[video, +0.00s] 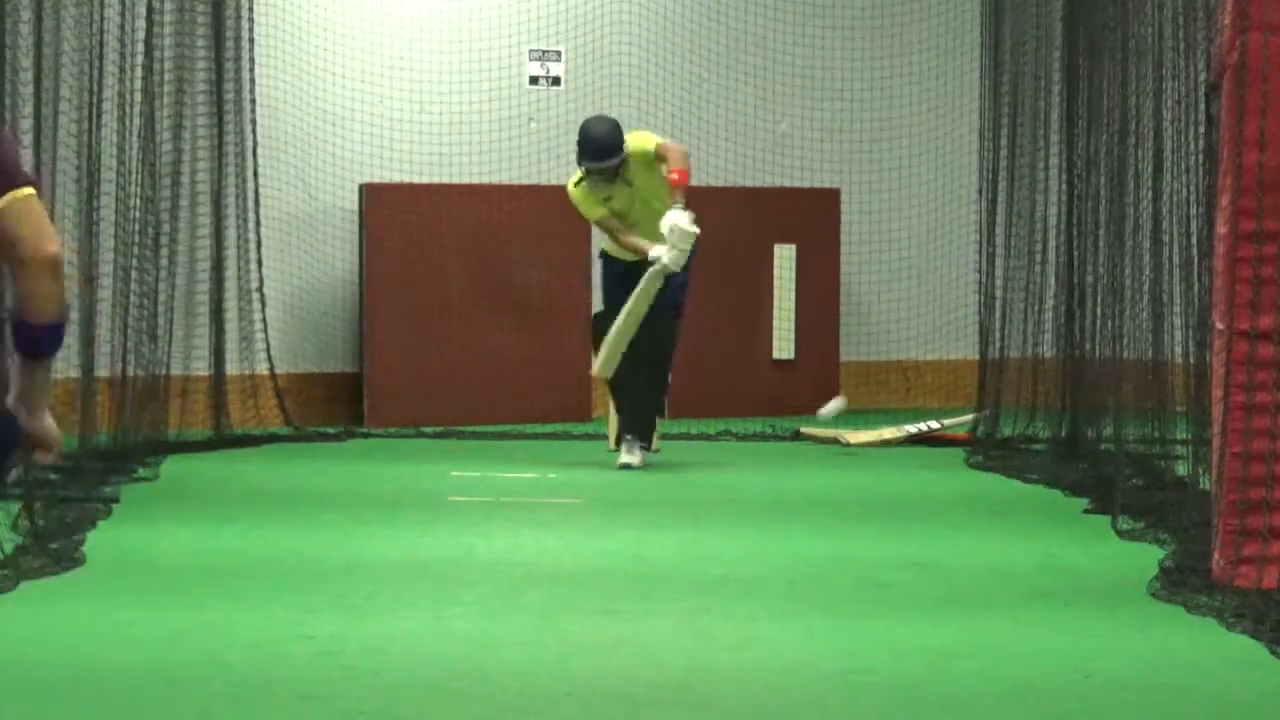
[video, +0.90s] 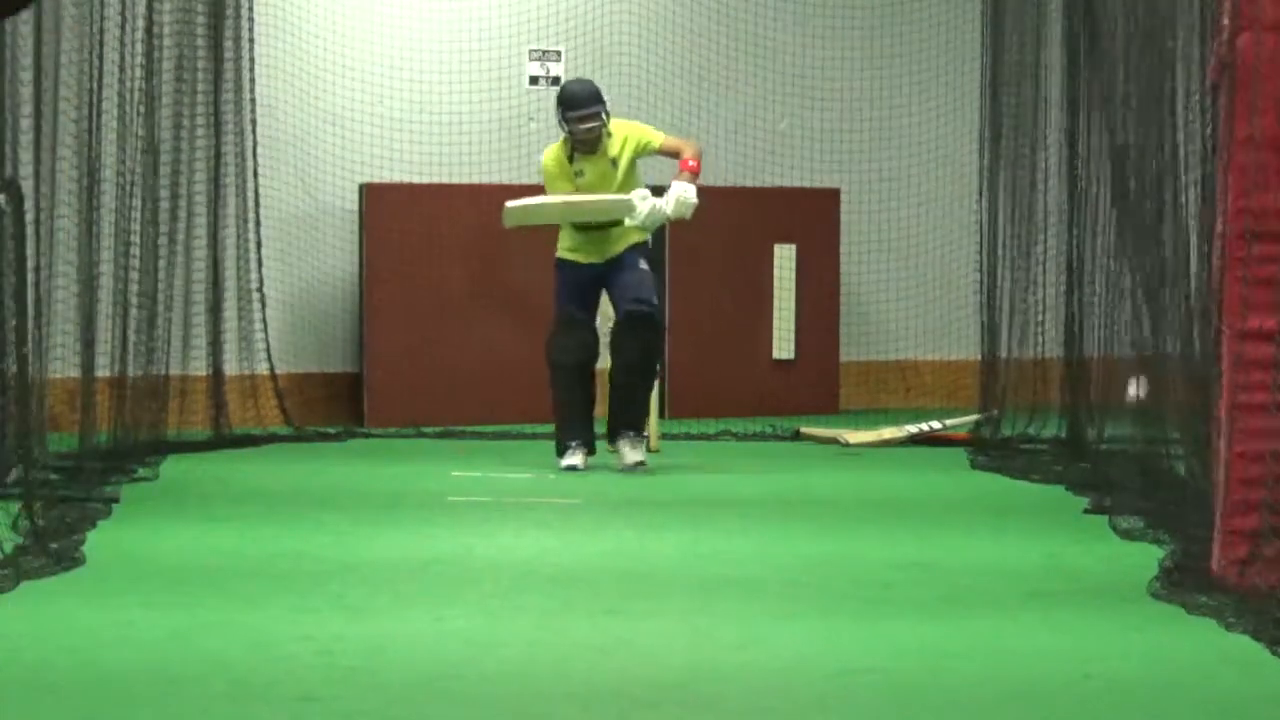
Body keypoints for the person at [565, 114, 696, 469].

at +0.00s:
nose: (605, 176)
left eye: (611, 168)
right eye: (596, 171)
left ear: (622, 153)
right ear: (583, 161)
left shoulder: (639, 146)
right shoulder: (580, 190)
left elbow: (677, 154)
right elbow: (617, 232)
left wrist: (677, 207)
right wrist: (652, 249)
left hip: (665, 253)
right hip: (621, 257)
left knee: (655, 341)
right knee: (620, 340)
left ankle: (638, 435)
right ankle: (632, 432)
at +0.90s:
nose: (587, 128)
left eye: (594, 119)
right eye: (578, 121)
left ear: (604, 117)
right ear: (564, 123)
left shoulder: (627, 136)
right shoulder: (554, 160)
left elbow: (689, 148)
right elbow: (574, 218)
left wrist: (684, 183)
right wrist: (628, 213)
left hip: (625, 249)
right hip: (576, 254)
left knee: (640, 319)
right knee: (571, 342)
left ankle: (628, 434)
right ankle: (574, 443)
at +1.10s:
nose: (625, 159)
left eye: (633, 151)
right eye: (618, 152)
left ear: (648, 152)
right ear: (609, 155)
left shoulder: (655, 189)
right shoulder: (635, 185)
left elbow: (649, 261)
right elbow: (640, 239)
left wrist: (651, 279)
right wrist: (638, 260)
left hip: (708, 264)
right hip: (687, 264)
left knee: (656, 346)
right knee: (645, 344)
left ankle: (675, 449)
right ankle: (661, 443)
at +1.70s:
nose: (610, 173)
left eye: (617, 165)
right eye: (602, 166)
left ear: (631, 161)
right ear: (592, 166)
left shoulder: (650, 181)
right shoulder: (593, 186)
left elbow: (658, 240)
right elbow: (589, 218)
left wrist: (616, 268)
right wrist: (592, 237)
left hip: (682, 259)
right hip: (643, 267)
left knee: (650, 339)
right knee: (624, 340)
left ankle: (659, 443)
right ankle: (657, 439)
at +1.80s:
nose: (609, 158)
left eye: (616, 150)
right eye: (602, 151)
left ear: (630, 146)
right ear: (590, 149)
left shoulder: (650, 154)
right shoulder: (588, 172)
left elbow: (670, 169)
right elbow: (595, 219)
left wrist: (651, 190)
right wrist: (604, 224)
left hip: (673, 245)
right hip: (632, 255)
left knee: (644, 326)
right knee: (622, 340)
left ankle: (647, 434)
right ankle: (662, 438)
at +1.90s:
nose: (609, 141)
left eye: (616, 133)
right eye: (601, 134)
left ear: (629, 126)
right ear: (589, 130)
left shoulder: (646, 132)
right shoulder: (586, 155)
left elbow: (659, 96)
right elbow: (606, 199)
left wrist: (648, 119)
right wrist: (624, 176)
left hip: (665, 231)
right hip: (626, 237)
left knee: (637, 322)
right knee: (625, 328)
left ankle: (624, 425)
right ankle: (644, 426)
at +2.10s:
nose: (611, 138)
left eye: (618, 130)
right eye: (603, 131)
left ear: (630, 116)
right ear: (589, 121)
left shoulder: (648, 117)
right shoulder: (577, 142)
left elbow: (697, 105)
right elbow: (583, 194)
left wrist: (690, 141)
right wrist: (631, 183)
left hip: (654, 237)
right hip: (607, 241)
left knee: (638, 332)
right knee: (598, 329)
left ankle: (626, 433)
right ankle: (604, 421)